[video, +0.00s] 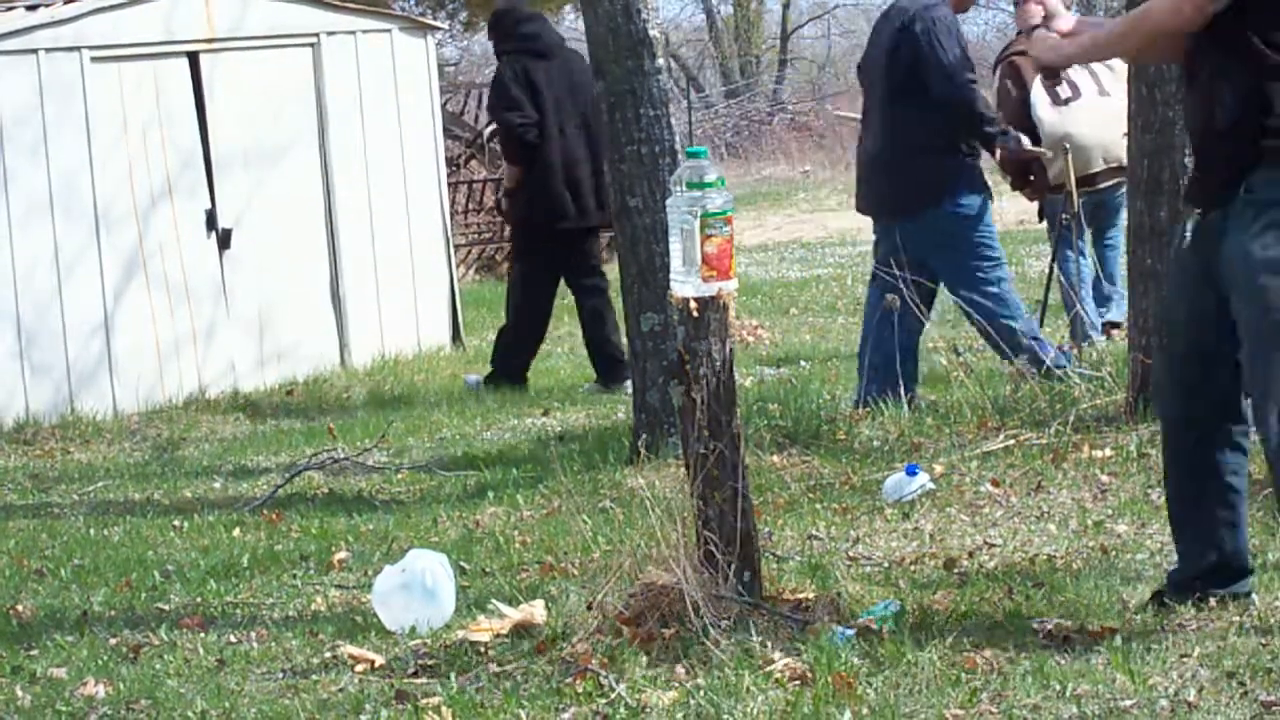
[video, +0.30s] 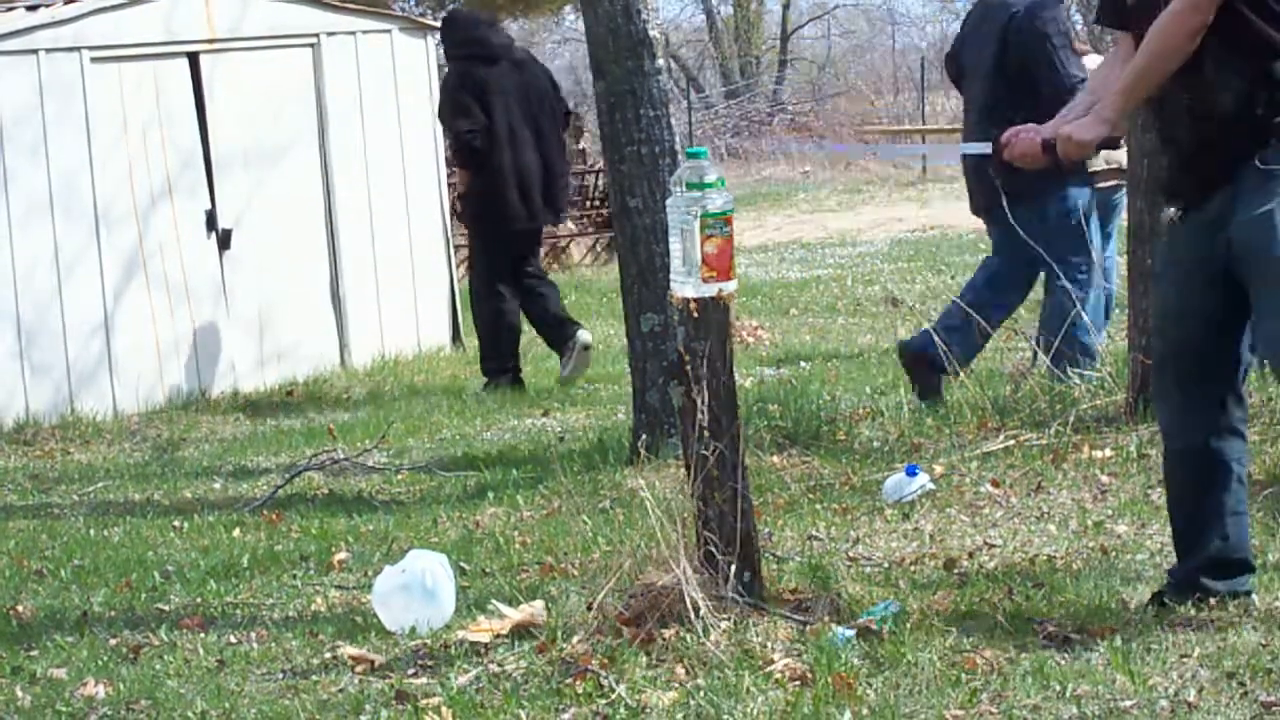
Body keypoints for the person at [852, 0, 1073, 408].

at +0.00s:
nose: (973, 6)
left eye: (975, 3)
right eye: (974, 2)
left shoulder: (892, 20)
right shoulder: (933, 18)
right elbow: (957, 90)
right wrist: (1001, 139)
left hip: (894, 186)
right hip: (939, 182)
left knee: (895, 299)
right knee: (987, 285)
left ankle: (882, 402)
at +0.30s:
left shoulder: (982, 10)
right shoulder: (1040, 12)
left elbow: (955, 63)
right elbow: (1070, 91)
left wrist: (993, 109)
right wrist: (1112, 128)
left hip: (985, 164)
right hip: (1044, 166)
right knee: (1078, 271)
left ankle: (935, 351)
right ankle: (1070, 379)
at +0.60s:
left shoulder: (1057, 10)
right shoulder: (1131, 11)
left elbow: (1018, 77)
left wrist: (1018, 144)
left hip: (1049, 152)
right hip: (1107, 151)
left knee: (1048, 251)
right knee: (1104, 263)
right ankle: (1075, 371)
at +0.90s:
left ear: (1029, 46)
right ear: (1070, 44)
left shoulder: (1019, 70)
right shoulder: (1098, 66)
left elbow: (1010, 128)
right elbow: (1120, 112)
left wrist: (1013, 173)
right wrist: (1120, 159)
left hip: (1049, 173)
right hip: (1106, 167)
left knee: (1045, 250)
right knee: (1100, 247)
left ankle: (1044, 331)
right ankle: (1097, 339)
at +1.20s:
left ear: (1015, 61)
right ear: (1053, 54)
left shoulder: (1004, 79)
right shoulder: (1088, 70)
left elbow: (993, 138)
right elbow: (1122, 112)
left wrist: (1004, 184)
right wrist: (1113, 157)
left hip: (1040, 166)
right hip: (1095, 161)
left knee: (1043, 247)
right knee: (1094, 241)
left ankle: (1055, 332)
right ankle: (1096, 326)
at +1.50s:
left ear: (1004, 66)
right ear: (1044, 56)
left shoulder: (994, 81)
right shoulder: (1076, 69)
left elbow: (986, 136)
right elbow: (1119, 107)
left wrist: (999, 184)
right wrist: (1110, 154)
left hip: (1037, 167)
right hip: (1092, 159)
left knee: (1040, 252)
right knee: (1098, 229)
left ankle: (1051, 335)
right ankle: (1102, 312)